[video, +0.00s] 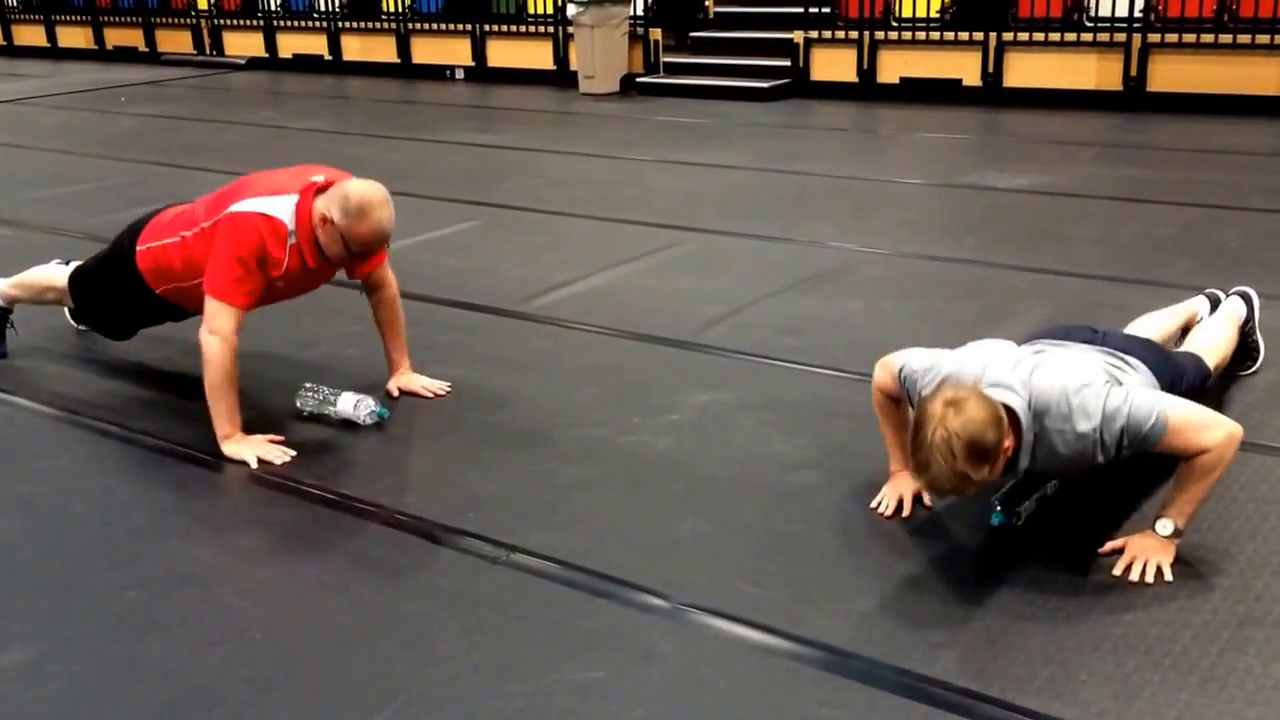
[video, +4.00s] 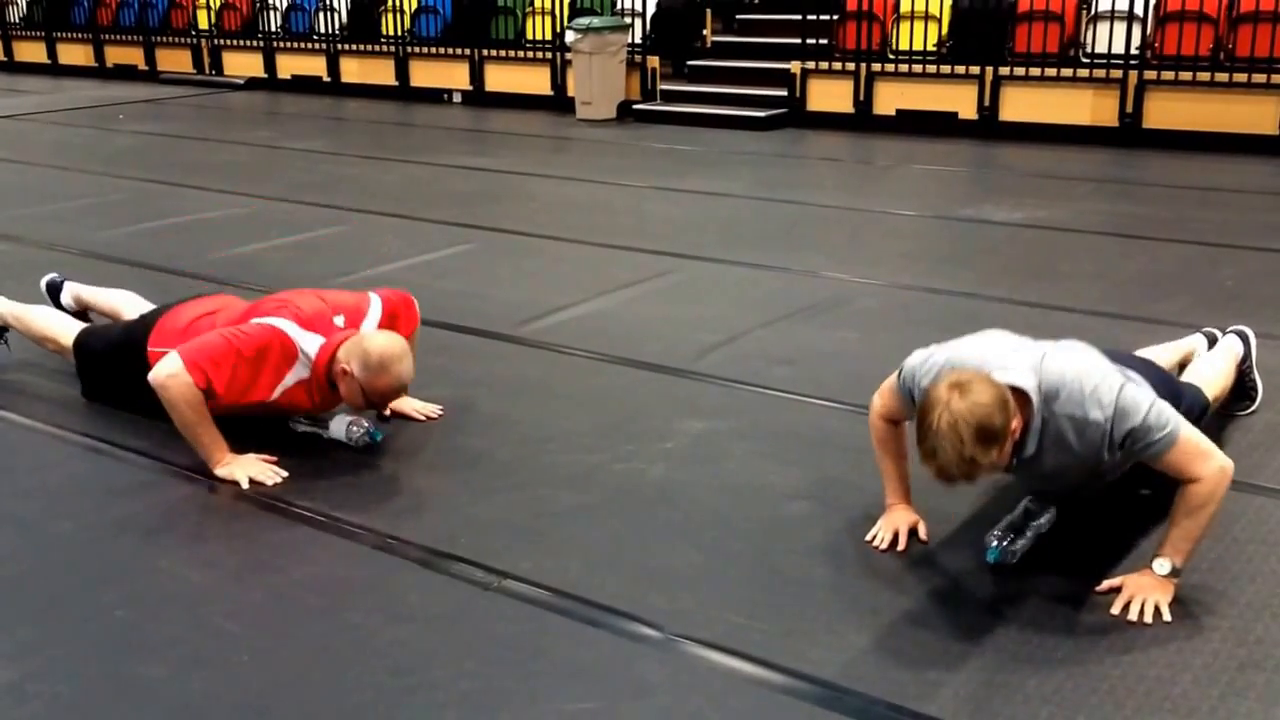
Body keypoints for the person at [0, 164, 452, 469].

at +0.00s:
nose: (356, 267)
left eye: (369, 257)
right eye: (349, 254)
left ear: (380, 226)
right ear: (323, 220)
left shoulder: (358, 209)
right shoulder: (253, 233)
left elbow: (379, 283)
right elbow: (217, 334)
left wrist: (401, 368)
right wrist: (231, 436)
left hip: (198, 271)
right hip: (149, 265)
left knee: (124, 300)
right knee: (79, 287)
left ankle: (82, 302)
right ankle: (5, 290)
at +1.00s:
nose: (363, 315)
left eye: (375, 306)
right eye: (358, 305)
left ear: (390, 282)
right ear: (333, 279)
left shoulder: (368, 250)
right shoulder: (258, 274)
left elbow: (400, 294)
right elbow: (185, 352)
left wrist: (401, 369)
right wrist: (228, 440)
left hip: (193, 259)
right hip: (142, 290)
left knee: (121, 272)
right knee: (69, 298)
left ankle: (73, 272)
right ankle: (5, 292)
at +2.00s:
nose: (361, 369)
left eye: (371, 364)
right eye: (357, 362)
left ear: (395, 321)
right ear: (336, 331)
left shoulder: (380, 290)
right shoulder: (265, 317)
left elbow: (407, 297)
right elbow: (171, 365)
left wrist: (397, 373)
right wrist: (224, 448)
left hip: (204, 285)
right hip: (148, 320)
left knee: (139, 290)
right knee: (71, 319)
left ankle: (69, 279)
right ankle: (7, 299)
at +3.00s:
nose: (371, 393)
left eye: (380, 387)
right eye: (365, 386)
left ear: (401, 336)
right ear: (342, 357)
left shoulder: (385, 306)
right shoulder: (265, 338)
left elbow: (400, 305)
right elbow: (167, 376)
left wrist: (392, 385)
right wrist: (221, 457)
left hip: (212, 304)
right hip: (151, 335)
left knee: (140, 306)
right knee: (71, 335)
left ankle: (65, 288)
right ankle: (6, 306)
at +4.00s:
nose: (364, 409)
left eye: (378, 405)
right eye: (360, 402)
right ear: (342, 369)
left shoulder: (392, 315)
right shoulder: (270, 347)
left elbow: (405, 312)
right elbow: (170, 379)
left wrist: (390, 393)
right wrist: (223, 459)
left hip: (221, 312)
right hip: (158, 342)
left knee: (141, 315)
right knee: (72, 341)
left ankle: (67, 291)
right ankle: (5, 307)